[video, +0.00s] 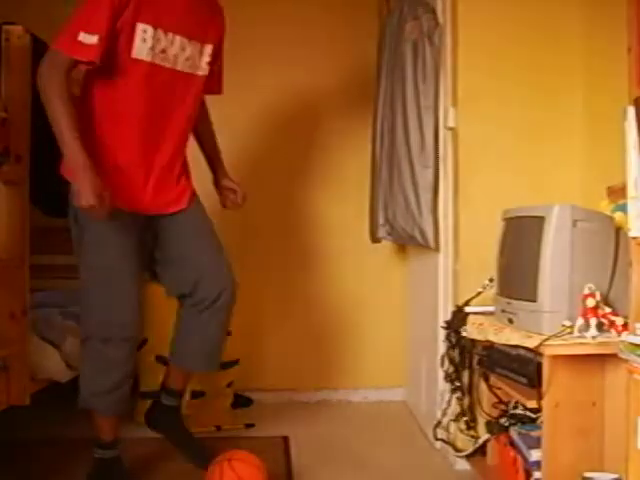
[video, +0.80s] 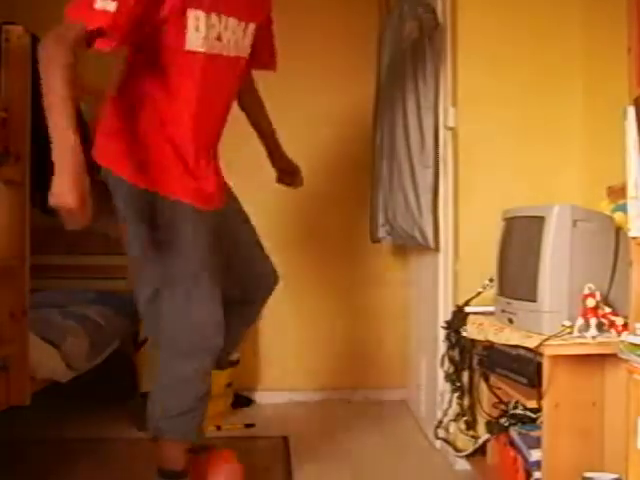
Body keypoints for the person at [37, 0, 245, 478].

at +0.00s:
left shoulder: (211, 15)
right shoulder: (119, 3)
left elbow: (192, 97)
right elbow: (51, 72)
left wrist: (219, 170)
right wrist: (80, 168)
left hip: (168, 186)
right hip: (105, 186)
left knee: (212, 286)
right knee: (114, 323)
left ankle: (168, 404)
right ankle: (106, 453)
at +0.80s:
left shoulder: (252, 5)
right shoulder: (151, 3)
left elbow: (238, 73)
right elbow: (56, 45)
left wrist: (276, 150)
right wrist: (66, 162)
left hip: (197, 163)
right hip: (147, 159)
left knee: (253, 282)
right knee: (189, 321)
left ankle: (183, 382)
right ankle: (173, 463)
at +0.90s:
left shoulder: (248, 7)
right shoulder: (171, 4)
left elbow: (225, 83)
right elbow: (74, 38)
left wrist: (267, 156)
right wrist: (83, 169)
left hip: (184, 162)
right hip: (138, 158)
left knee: (249, 265)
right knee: (206, 306)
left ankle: (260, 405)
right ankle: (170, 468)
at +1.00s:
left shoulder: (230, 8)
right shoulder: (192, 3)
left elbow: (187, 78)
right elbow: (113, 40)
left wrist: (231, 146)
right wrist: (151, 177)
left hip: (187, 168)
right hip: (150, 170)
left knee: (262, 253)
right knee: (210, 318)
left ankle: (263, 398)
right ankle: (174, 470)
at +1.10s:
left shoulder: (217, 12)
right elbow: (150, 24)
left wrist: (226, 158)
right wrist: (218, 141)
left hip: (185, 145)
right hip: (138, 139)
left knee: (270, 242)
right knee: (193, 289)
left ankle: (210, 373)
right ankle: (161, 466)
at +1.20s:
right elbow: (135, 5)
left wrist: (225, 104)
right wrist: (222, 95)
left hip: (180, 136)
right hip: (141, 129)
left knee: (235, 280)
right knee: (179, 285)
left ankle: (180, 432)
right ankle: (113, 468)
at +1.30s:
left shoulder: (242, 8)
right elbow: (111, 2)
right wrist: (169, 52)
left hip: (186, 150)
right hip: (137, 138)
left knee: (198, 316)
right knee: (162, 306)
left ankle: (169, 459)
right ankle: (103, 470)